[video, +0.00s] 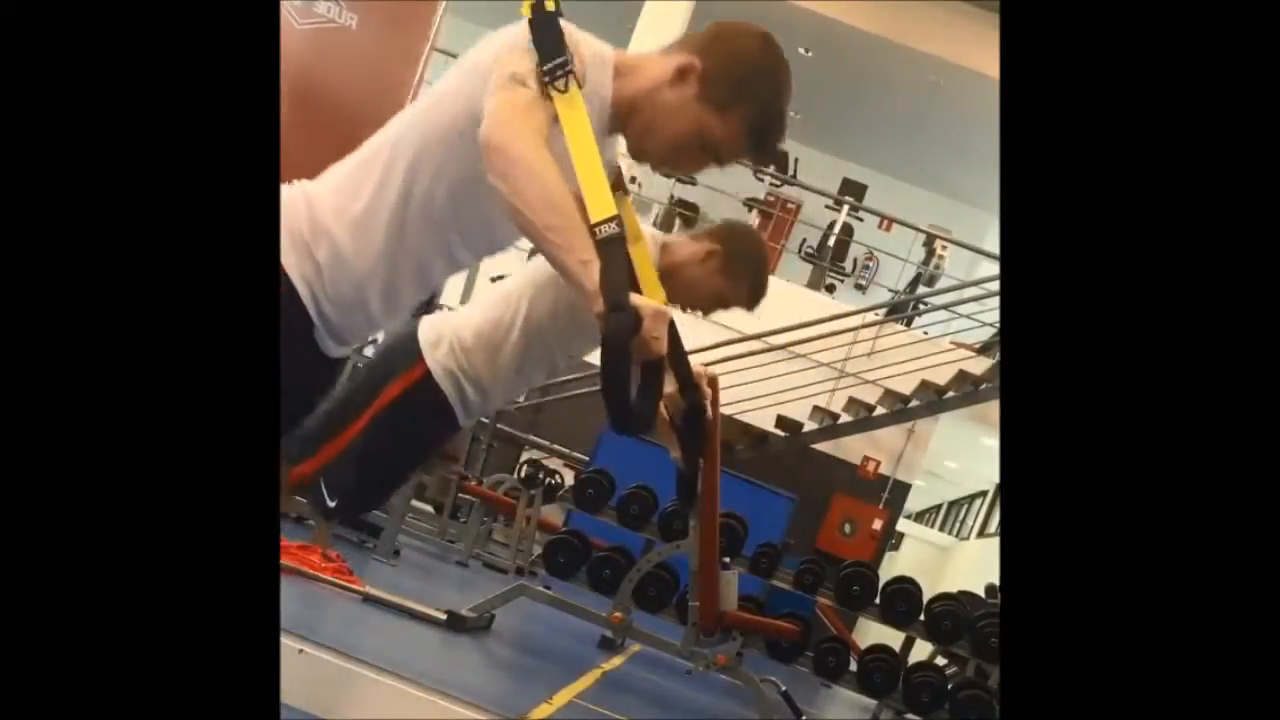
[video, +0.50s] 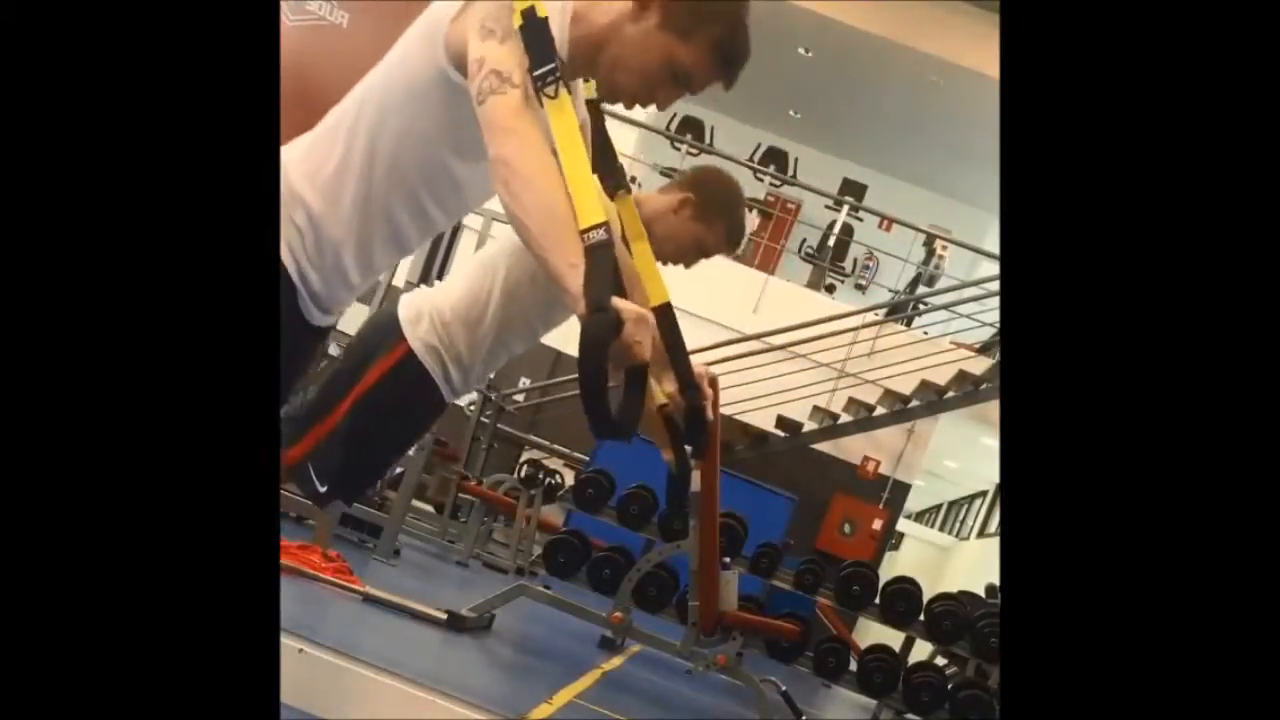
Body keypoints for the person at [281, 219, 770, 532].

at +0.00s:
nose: (710, 310)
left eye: (723, 307)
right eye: (722, 297)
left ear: (707, 258)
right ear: (709, 256)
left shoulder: (644, 294)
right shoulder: (627, 244)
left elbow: (640, 389)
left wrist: (677, 412)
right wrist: (678, 379)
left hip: (453, 395)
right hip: (429, 367)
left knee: (331, 506)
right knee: (302, 480)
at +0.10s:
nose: (699, 286)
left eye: (712, 280)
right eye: (711, 272)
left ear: (697, 231)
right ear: (697, 231)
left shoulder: (631, 261)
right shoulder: (616, 230)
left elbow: (641, 345)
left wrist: (676, 386)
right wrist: (672, 387)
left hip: (451, 383)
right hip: (427, 358)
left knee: (336, 499)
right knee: (301, 475)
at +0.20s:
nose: (693, 269)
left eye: (706, 263)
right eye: (706, 255)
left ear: (686, 212)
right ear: (689, 212)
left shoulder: (623, 261)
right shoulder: (602, 214)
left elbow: (617, 384)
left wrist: (671, 416)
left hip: (450, 376)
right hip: (425, 349)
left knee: (326, 495)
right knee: (300, 469)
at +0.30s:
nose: (686, 261)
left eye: (699, 256)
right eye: (698, 247)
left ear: (676, 202)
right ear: (681, 203)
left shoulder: (621, 249)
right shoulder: (599, 213)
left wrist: (665, 391)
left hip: (445, 370)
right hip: (421, 342)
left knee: (324, 488)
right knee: (295, 457)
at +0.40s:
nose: (686, 260)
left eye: (698, 254)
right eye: (697, 246)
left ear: (673, 199)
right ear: (678, 202)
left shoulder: (620, 237)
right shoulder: (610, 221)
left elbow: (640, 335)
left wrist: (673, 390)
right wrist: (664, 392)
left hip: (443, 366)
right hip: (419, 341)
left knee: (321, 486)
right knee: (296, 461)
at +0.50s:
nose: (687, 264)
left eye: (699, 258)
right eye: (698, 249)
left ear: (675, 203)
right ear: (681, 207)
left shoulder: (623, 239)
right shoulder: (611, 220)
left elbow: (642, 332)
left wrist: (676, 383)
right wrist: (675, 379)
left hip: (442, 368)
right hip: (420, 344)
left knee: (319, 489)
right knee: (295, 465)